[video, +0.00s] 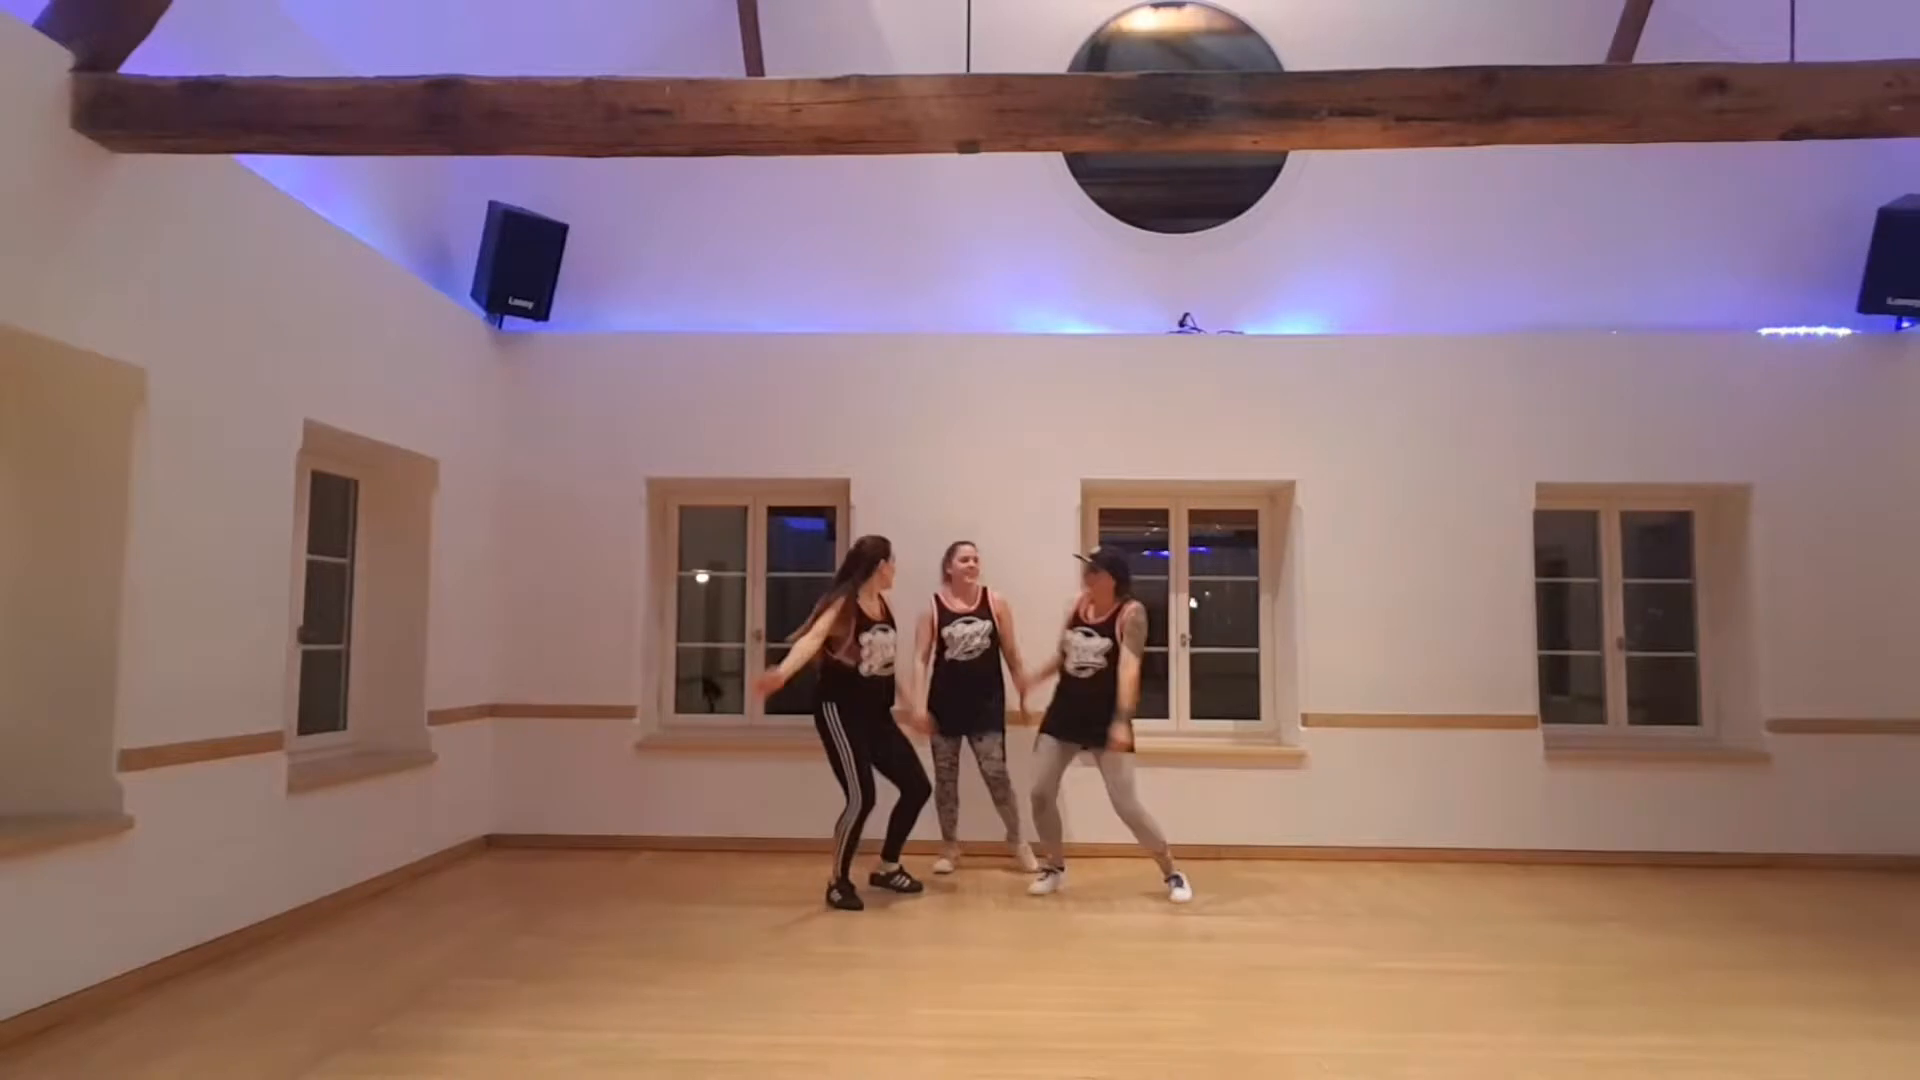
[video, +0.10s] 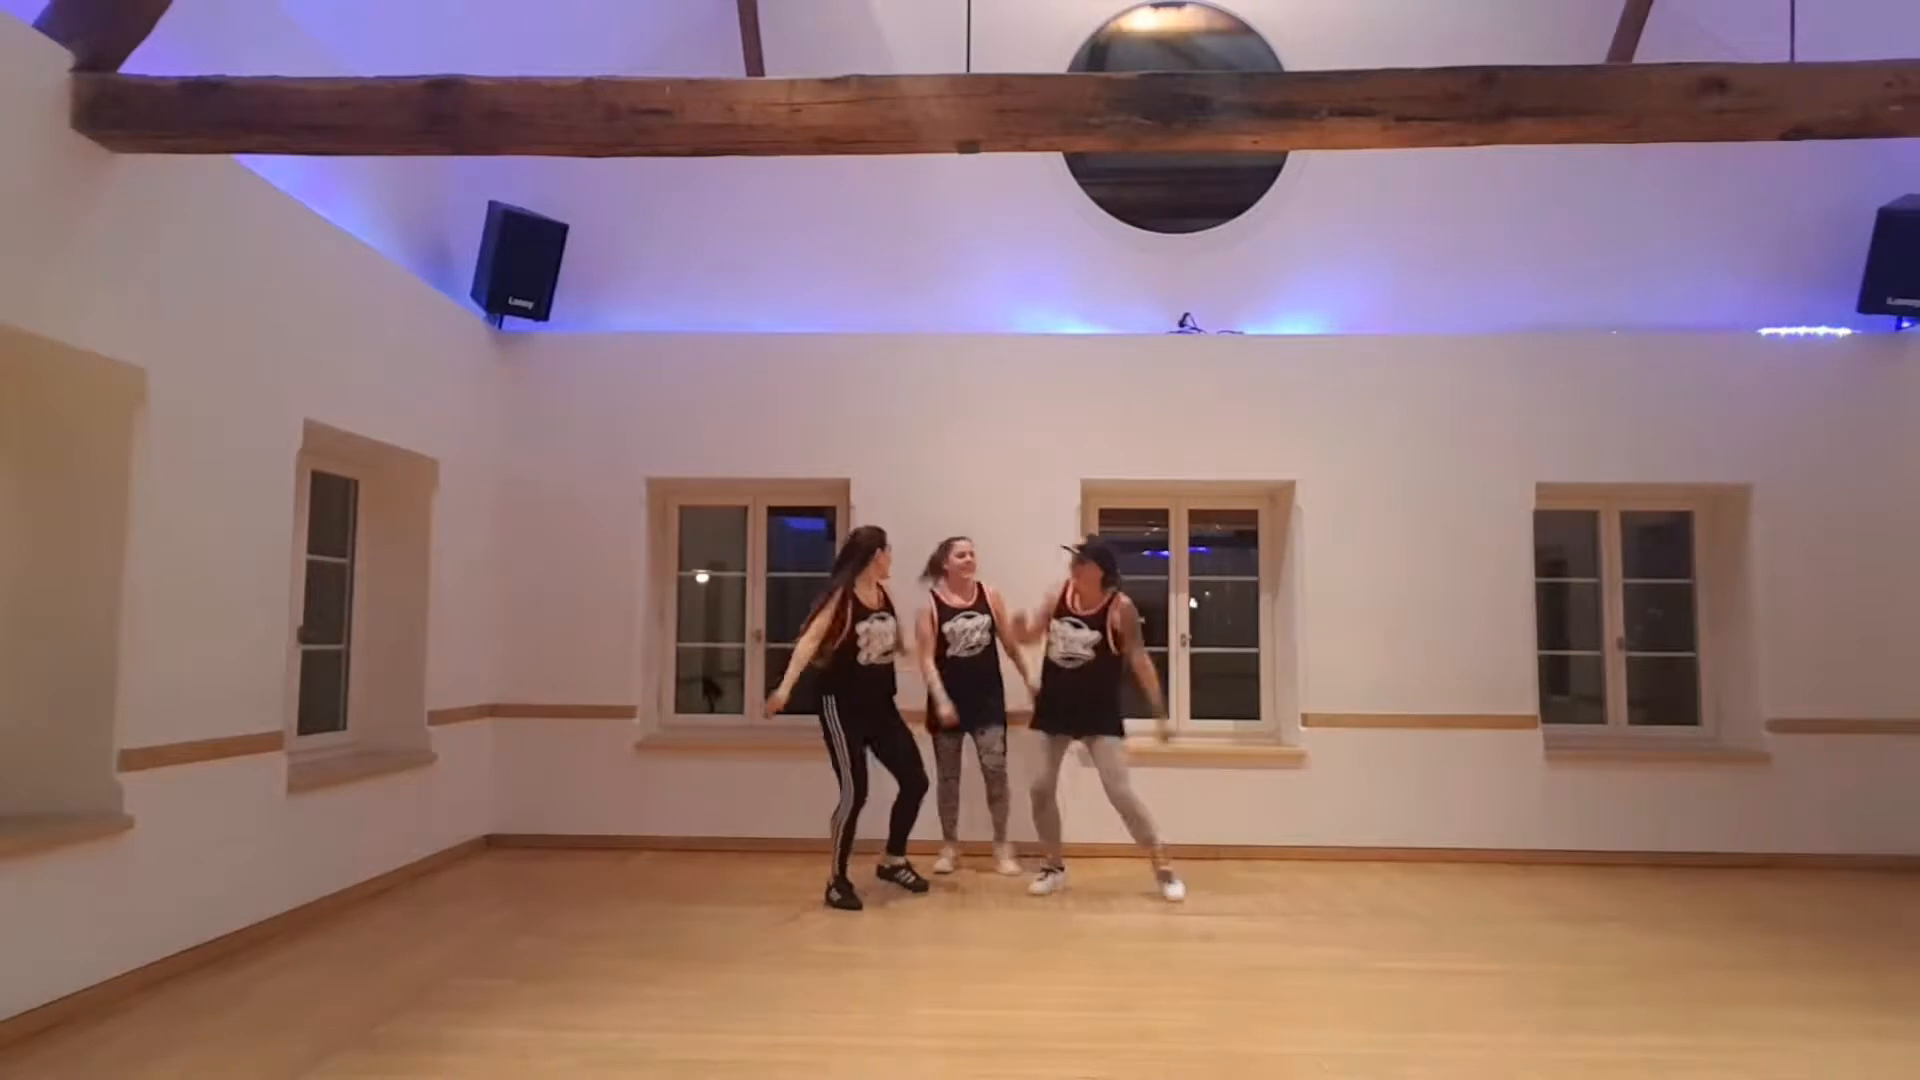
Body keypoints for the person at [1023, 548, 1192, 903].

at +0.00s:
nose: (1087, 578)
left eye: (1094, 573)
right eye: (1087, 571)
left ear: (1113, 579)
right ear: (1088, 576)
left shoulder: (1131, 613)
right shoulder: (1080, 605)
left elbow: (1129, 669)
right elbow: (1062, 658)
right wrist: (1032, 679)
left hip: (1106, 718)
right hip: (1065, 713)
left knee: (1125, 805)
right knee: (1040, 792)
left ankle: (1172, 875)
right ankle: (1055, 868)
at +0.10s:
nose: (1073, 568)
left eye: (1081, 563)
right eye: (1074, 562)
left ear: (1101, 572)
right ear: (1075, 567)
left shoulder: (1120, 608)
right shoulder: (1061, 595)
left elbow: (1140, 660)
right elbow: (1034, 634)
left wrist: (1160, 712)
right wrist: (1021, 630)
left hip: (1099, 714)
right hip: (1054, 711)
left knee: (1119, 792)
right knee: (1041, 788)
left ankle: (1163, 869)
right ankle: (1053, 867)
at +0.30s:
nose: (1056, 555)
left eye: (1064, 550)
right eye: (1056, 548)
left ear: (1084, 555)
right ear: (1057, 551)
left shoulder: (1106, 586)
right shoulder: (1044, 578)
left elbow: (1133, 614)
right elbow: (990, 597)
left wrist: (1171, 633)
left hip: (1089, 696)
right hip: (1042, 695)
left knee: (1085, 777)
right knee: (1040, 782)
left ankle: (1083, 861)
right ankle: (1044, 865)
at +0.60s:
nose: (1056, 571)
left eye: (1063, 565)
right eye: (1053, 565)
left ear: (1080, 566)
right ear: (1048, 565)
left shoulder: (1092, 596)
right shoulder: (1042, 595)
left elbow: (1104, 638)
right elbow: (1003, 611)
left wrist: (1156, 644)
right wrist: (1006, 645)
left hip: (1080, 710)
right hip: (1038, 709)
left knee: (1082, 787)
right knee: (1046, 791)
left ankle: (1064, 865)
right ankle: (1045, 867)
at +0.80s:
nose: (1059, 553)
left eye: (1067, 546)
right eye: (1055, 547)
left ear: (1082, 551)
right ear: (1049, 551)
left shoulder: (1093, 583)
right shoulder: (1041, 587)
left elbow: (1113, 611)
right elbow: (1001, 621)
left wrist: (1148, 587)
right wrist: (990, 675)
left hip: (1087, 695)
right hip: (1042, 699)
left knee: (1114, 767)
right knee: (1047, 786)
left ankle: (1110, 854)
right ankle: (1045, 866)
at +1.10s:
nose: (1061, 572)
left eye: (1068, 565)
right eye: (1058, 566)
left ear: (1087, 567)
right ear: (1055, 570)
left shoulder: (1111, 598)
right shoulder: (1048, 609)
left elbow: (1161, 606)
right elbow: (1035, 662)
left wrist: (1148, 564)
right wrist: (1032, 715)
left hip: (1111, 709)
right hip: (1063, 711)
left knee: (1137, 791)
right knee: (1054, 794)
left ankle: (1138, 866)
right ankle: (1044, 866)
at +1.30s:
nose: (1073, 567)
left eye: (1080, 560)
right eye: (1070, 561)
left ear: (1100, 562)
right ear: (1069, 565)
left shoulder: (1128, 589)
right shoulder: (1064, 603)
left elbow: (1173, 607)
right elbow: (1058, 655)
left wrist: (1148, 574)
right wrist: (1054, 702)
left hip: (1131, 705)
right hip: (1082, 707)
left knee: (1142, 790)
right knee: (1074, 788)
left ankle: (1138, 866)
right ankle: (1055, 864)